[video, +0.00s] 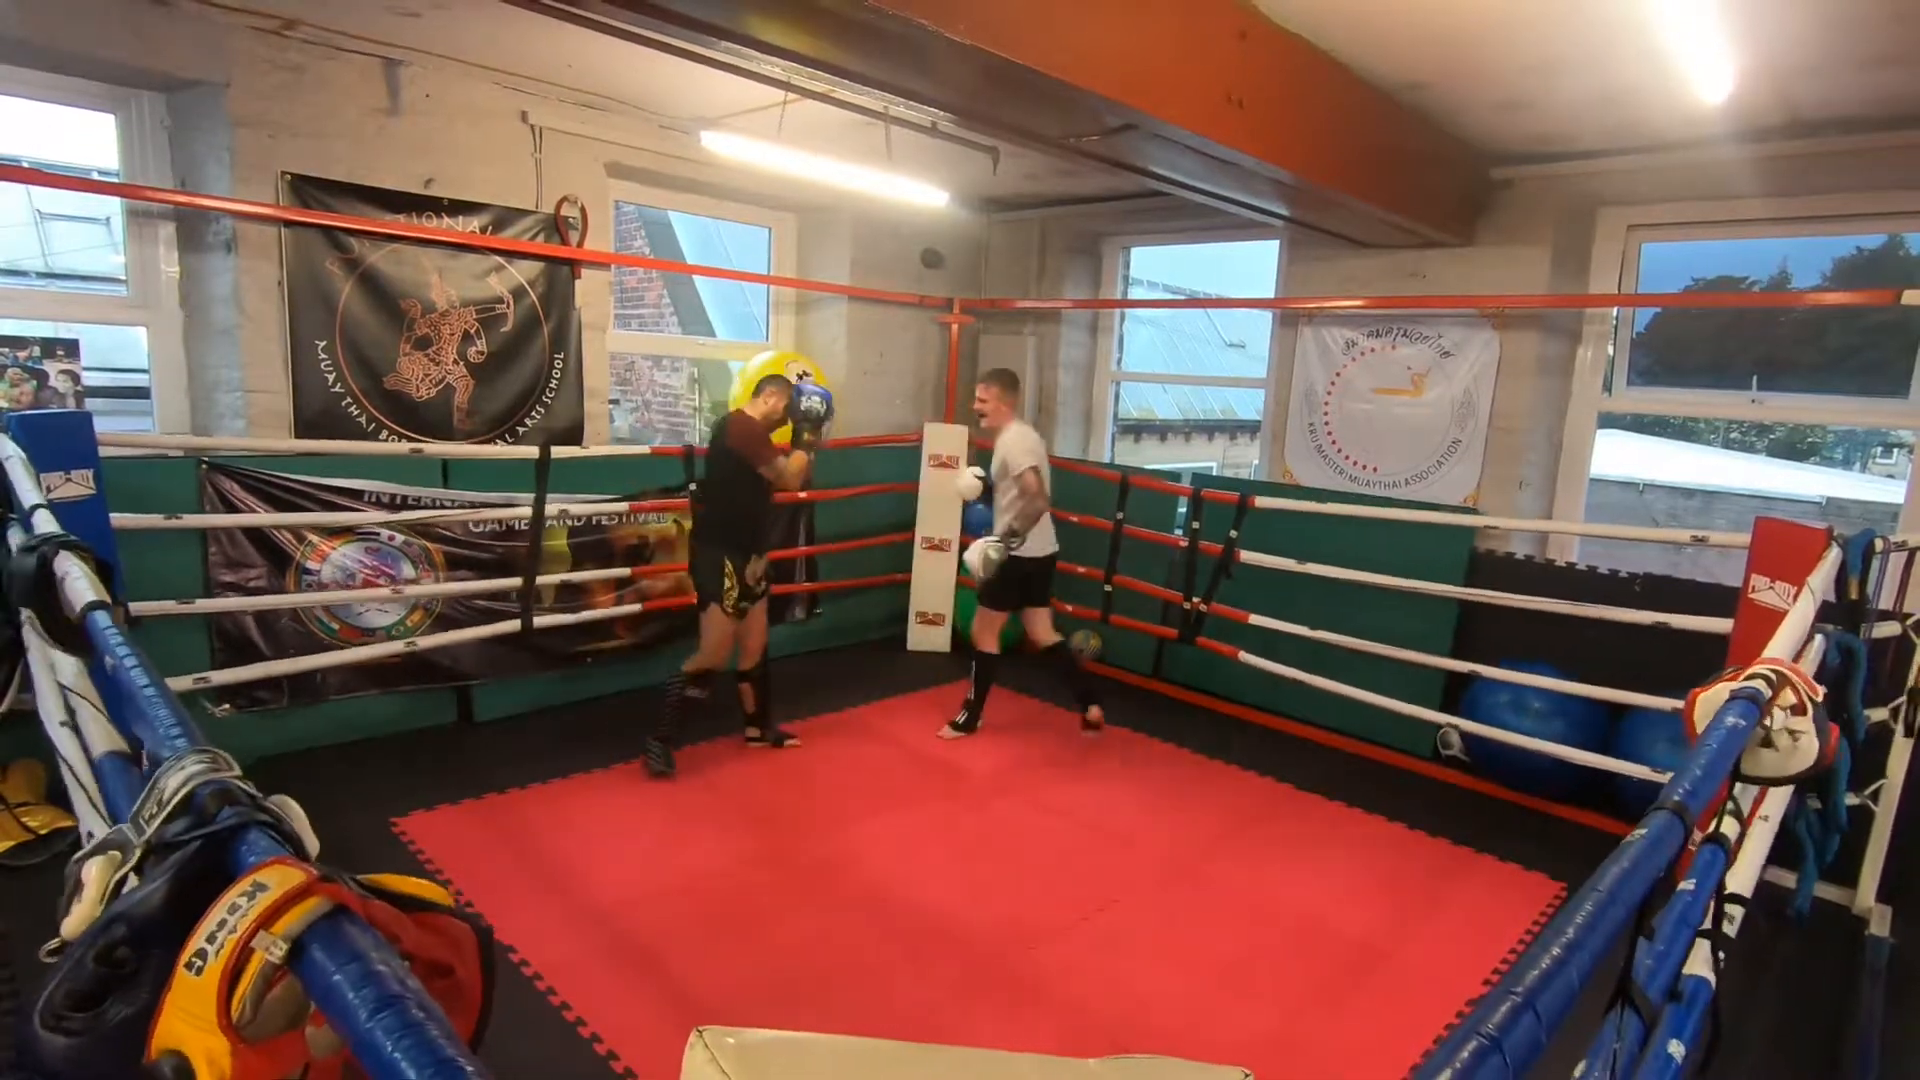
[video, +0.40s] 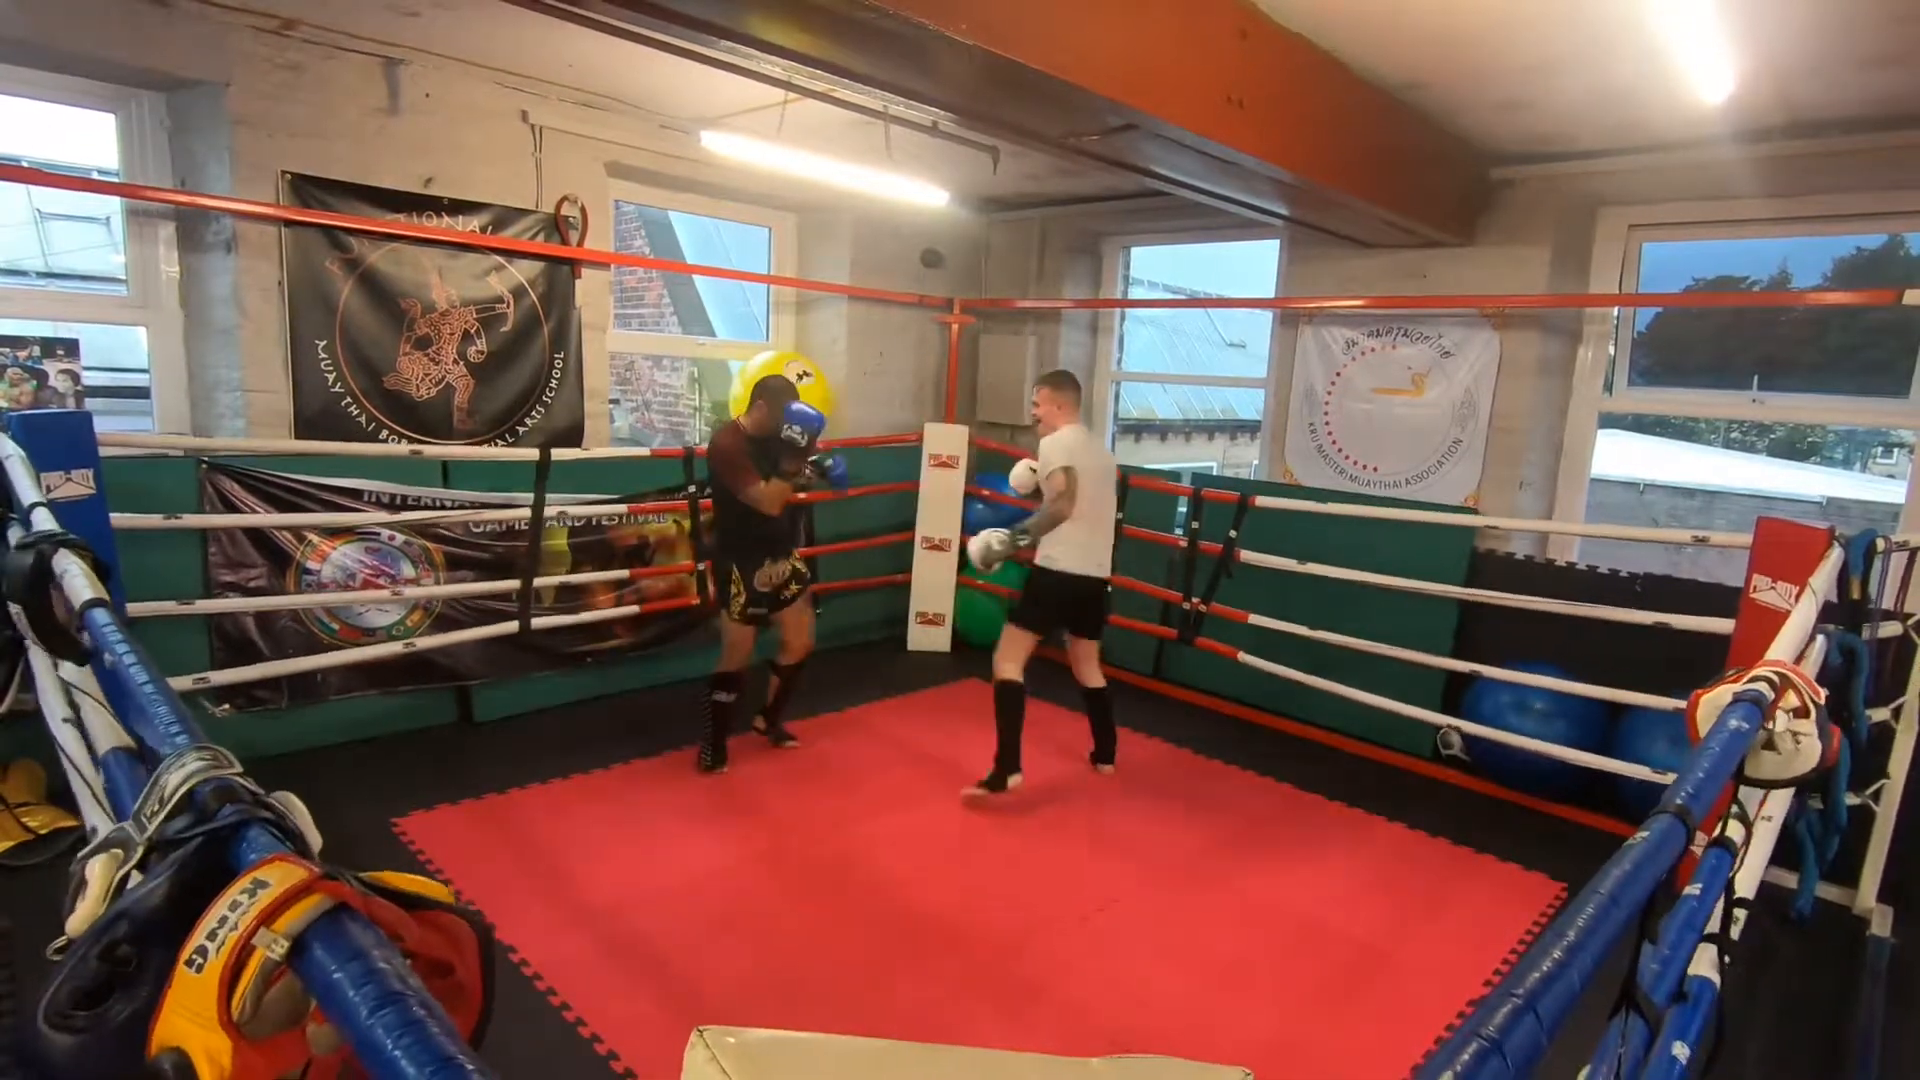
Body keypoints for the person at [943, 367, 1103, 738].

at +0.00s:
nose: (977, 407)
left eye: (983, 401)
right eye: (977, 400)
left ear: (1005, 402)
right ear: (1005, 404)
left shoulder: (1014, 441)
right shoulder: (1022, 435)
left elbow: (1038, 499)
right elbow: (1018, 488)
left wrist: (1001, 541)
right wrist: (986, 488)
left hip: (1019, 555)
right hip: (1039, 553)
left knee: (985, 631)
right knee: (1041, 630)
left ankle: (971, 716)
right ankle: (1089, 703)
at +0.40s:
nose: (1034, 414)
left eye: (1038, 405)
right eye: (1035, 405)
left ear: (1055, 404)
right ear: (1072, 406)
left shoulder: (1056, 443)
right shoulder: (1101, 451)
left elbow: (1061, 503)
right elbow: (1095, 513)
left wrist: (1014, 535)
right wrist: (1044, 488)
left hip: (1056, 577)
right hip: (1094, 581)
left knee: (1008, 659)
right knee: (1087, 664)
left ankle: (1006, 768)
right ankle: (1106, 755)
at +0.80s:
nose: (1016, 430)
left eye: (1017, 420)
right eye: (1014, 421)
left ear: (1035, 412)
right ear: (1060, 411)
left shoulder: (1033, 459)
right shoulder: (1106, 458)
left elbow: (1012, 536)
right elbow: (1078, 531)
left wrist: (973, 553)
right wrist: (989, 542)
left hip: (1058, 604)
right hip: (1110, 605)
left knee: (1034, 705)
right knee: (1116, 697)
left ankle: (1022, 819)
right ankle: (1149, 807)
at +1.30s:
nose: (1036, 428)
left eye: (1036, 420)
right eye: (1036, 420)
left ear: (1044, 417)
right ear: (1082, 415)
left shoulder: (1036, 467)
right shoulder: (1126, 467)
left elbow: (1003, 536)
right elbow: (1129, 533)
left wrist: (952, 545)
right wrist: (1041, 537)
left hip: (1063, 623)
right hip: (1123, 624)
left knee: (1026, 719)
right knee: (1145, 738)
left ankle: (994, 823)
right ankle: (1175, 861)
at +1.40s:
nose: (1024, 432)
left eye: (1025, 424)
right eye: (1025, 424)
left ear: (1037, 419)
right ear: (1073, 416)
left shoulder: (1027, 462)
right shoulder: (1119, 463)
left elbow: (962, 497)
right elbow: (1131, 531)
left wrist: (910, 487)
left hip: (1061, 619)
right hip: (1122, 620)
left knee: (1028, 719)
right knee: (1145, 729)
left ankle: (993, 825)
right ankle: (1177, 852)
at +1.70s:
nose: (1043, 439)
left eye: (1043, 431)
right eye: (1041, 431)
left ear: (1060, 425)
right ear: (1096, 424)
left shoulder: (1054, 473)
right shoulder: (1141, 475)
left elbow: (992, 535)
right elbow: (1120, 538)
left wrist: (936, 543)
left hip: (1068, 630)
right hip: (1132, 635)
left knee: (1030, 725)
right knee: (1153, 748)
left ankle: (993, 825)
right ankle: (1184, 871)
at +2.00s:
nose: (1040, 435)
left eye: (1041, 426)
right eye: (1039, 427)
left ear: (1059, 423)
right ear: (1091, 423)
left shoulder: (1049, 471)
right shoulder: (1139, 472)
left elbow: (978, 517)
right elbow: (1140, 542)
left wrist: (924, 501)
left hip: (1070, 632)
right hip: (1135, 636)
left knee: (1029, 728)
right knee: (1155, 748)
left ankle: (990, 837)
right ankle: (1188, 872)